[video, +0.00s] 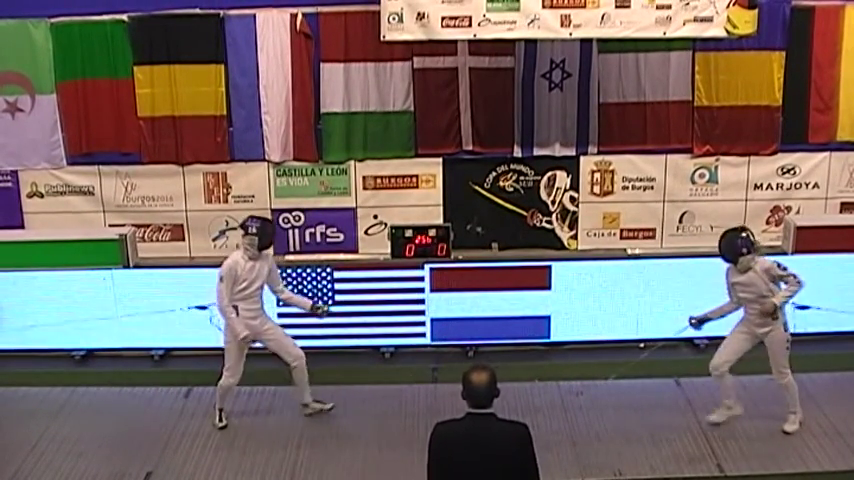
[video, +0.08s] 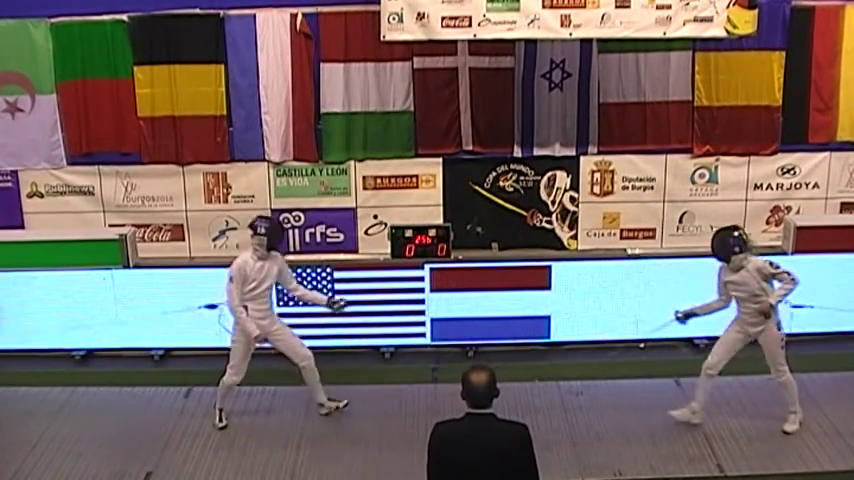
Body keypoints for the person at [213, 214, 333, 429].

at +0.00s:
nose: (248, 242)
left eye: (254, 238)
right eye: (246, 236)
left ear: (263, 242)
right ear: (242, 237)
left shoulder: (267, 261)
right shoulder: (231, 265)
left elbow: (280, 292)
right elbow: (223, 304)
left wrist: (311, 306)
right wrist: (239, 330)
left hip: (261, 321)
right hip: (236, 324)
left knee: (297, 358)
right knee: (231, 378)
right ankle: (219, 409)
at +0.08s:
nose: (258, 240)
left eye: (263, 236)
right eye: (255, 235)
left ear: (271, 240)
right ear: (251, 236)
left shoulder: (276, 261)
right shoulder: (240, 264)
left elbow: (295, 289)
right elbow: (234, 303)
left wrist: (326, 301)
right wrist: (252, 331)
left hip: (270, 322)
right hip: (245, 324)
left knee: (305, 358)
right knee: (234, 376)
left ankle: (323, 404)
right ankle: (219, 408)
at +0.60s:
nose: (305, 240)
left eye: (310, 237)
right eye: (302, 235)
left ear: (320, 241)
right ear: (299, 236)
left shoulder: (326, 258)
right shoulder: (289, 262)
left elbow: (355, 282)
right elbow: (275, 302)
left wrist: (389, 286)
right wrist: (284, 333)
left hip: (320, 317)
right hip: (296, 320)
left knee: (355, 356)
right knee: (302, 376)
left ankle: (353, 404)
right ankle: (299, 406)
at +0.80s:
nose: (321, 239)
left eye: (326, 236)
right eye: (319, 235)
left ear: (336, 240)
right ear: (316, 236)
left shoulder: (343, 260)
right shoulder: (305, 264)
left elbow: (369, 284)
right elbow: (292, 303)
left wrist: (403, 285)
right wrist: (300, 335)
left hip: (338, 320)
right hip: (313, 323)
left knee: (377, 354)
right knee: (310, 377)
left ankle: (379, 401)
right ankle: (299, 404)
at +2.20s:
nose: (335, 245)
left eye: (340, 242)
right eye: (333, 240)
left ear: (350, 246)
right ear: (328, 241)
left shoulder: (354, 264)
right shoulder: (317, 269)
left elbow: (376, 291)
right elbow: (302, 308)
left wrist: (410, 302)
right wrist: (311, 339)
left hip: (348, 325)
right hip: (325, 328)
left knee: (386, 358)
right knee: (323, 383)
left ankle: (378, 407)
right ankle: (306, 408)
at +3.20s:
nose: (358, 250)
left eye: (363, 248)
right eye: (356, 245)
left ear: (373, 249)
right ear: (352, 243)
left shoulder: (378, 263)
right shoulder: (341, 269)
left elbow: (406, 284)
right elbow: (332, 310)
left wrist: (444, 287)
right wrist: (346, 339)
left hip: (375, 327)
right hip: (351, 330)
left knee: (414, 358)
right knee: (340, 384)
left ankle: (421, 408)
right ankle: (321, 407)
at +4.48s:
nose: (399, 242)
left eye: (404, 238)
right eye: (396, 237)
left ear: (411, 242)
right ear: (390, 238)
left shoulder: (417, 261)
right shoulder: (380, 266)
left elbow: (445, 282)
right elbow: (371, 307)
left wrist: (483, 282)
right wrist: (384, 337)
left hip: (414, 323)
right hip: (390, 326)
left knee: (452, 358)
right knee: (390, 382)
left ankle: (442, 405)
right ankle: (378, 406)